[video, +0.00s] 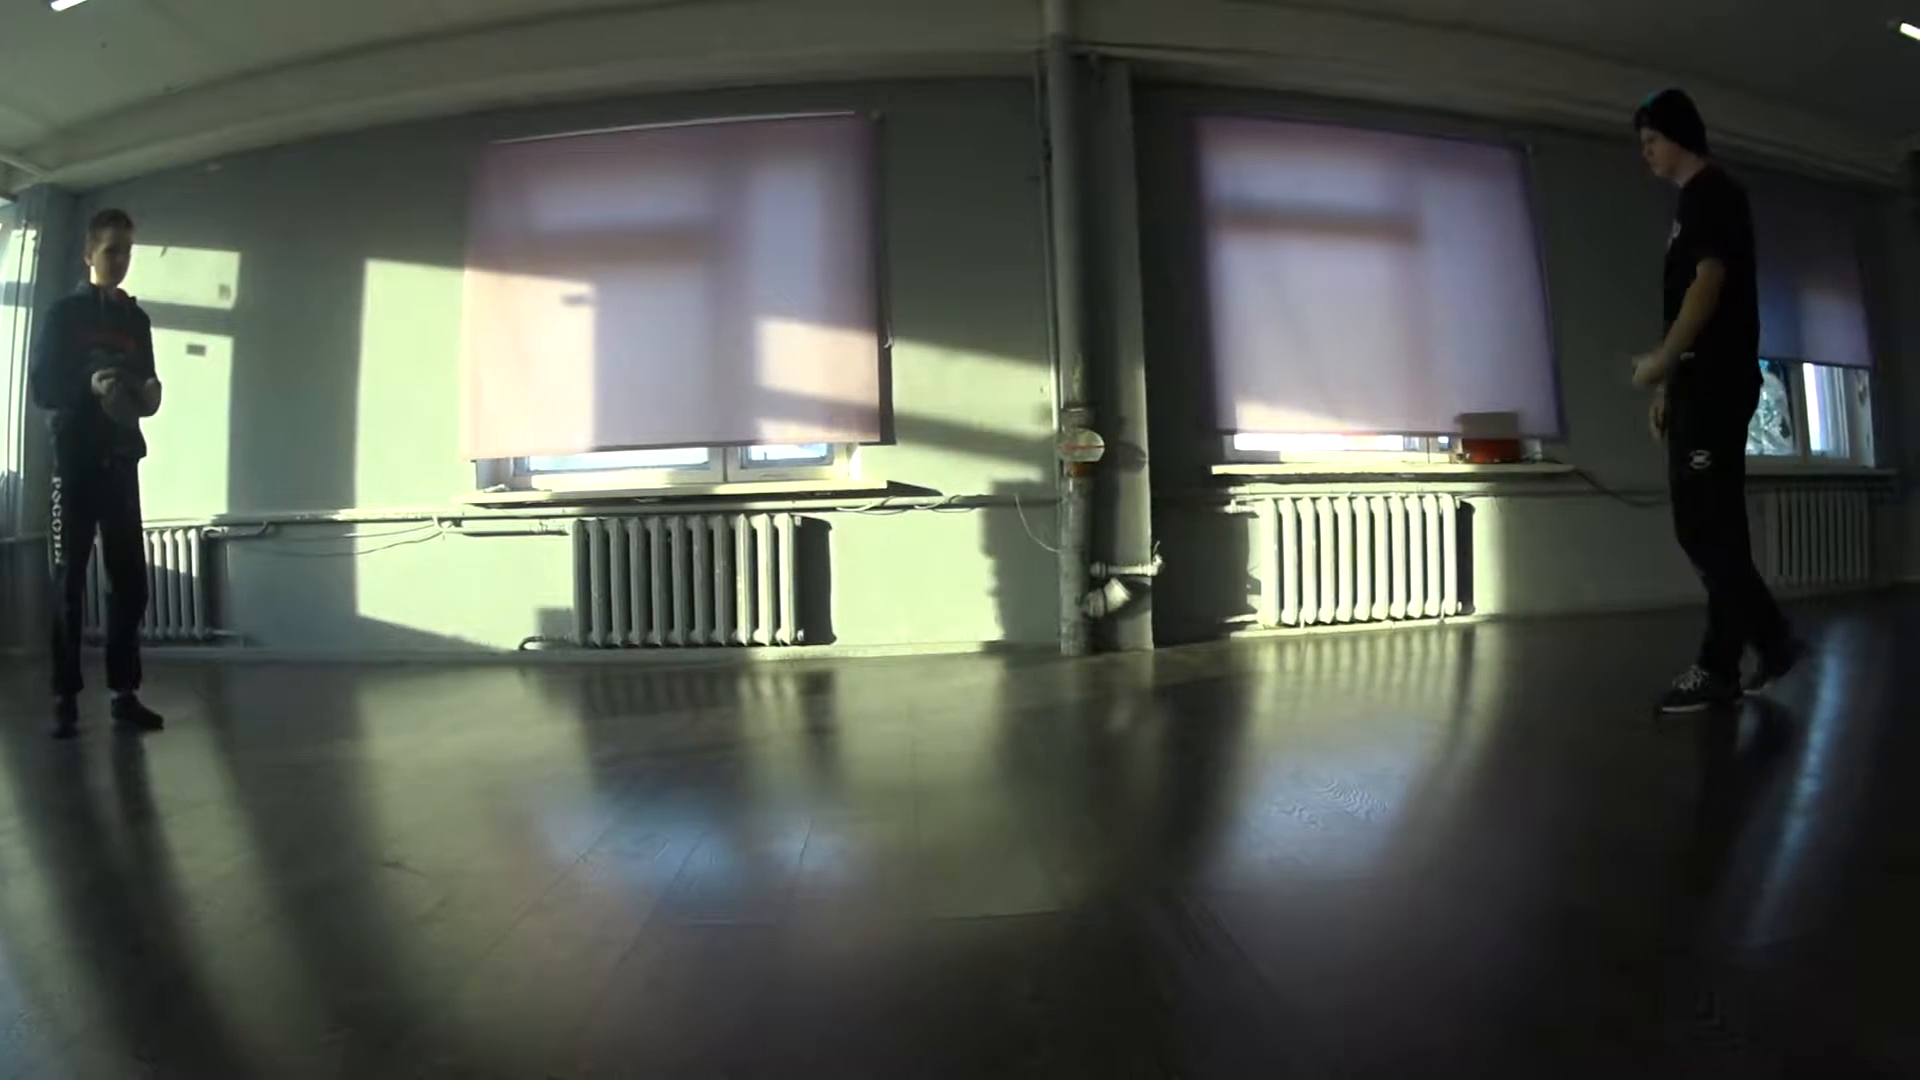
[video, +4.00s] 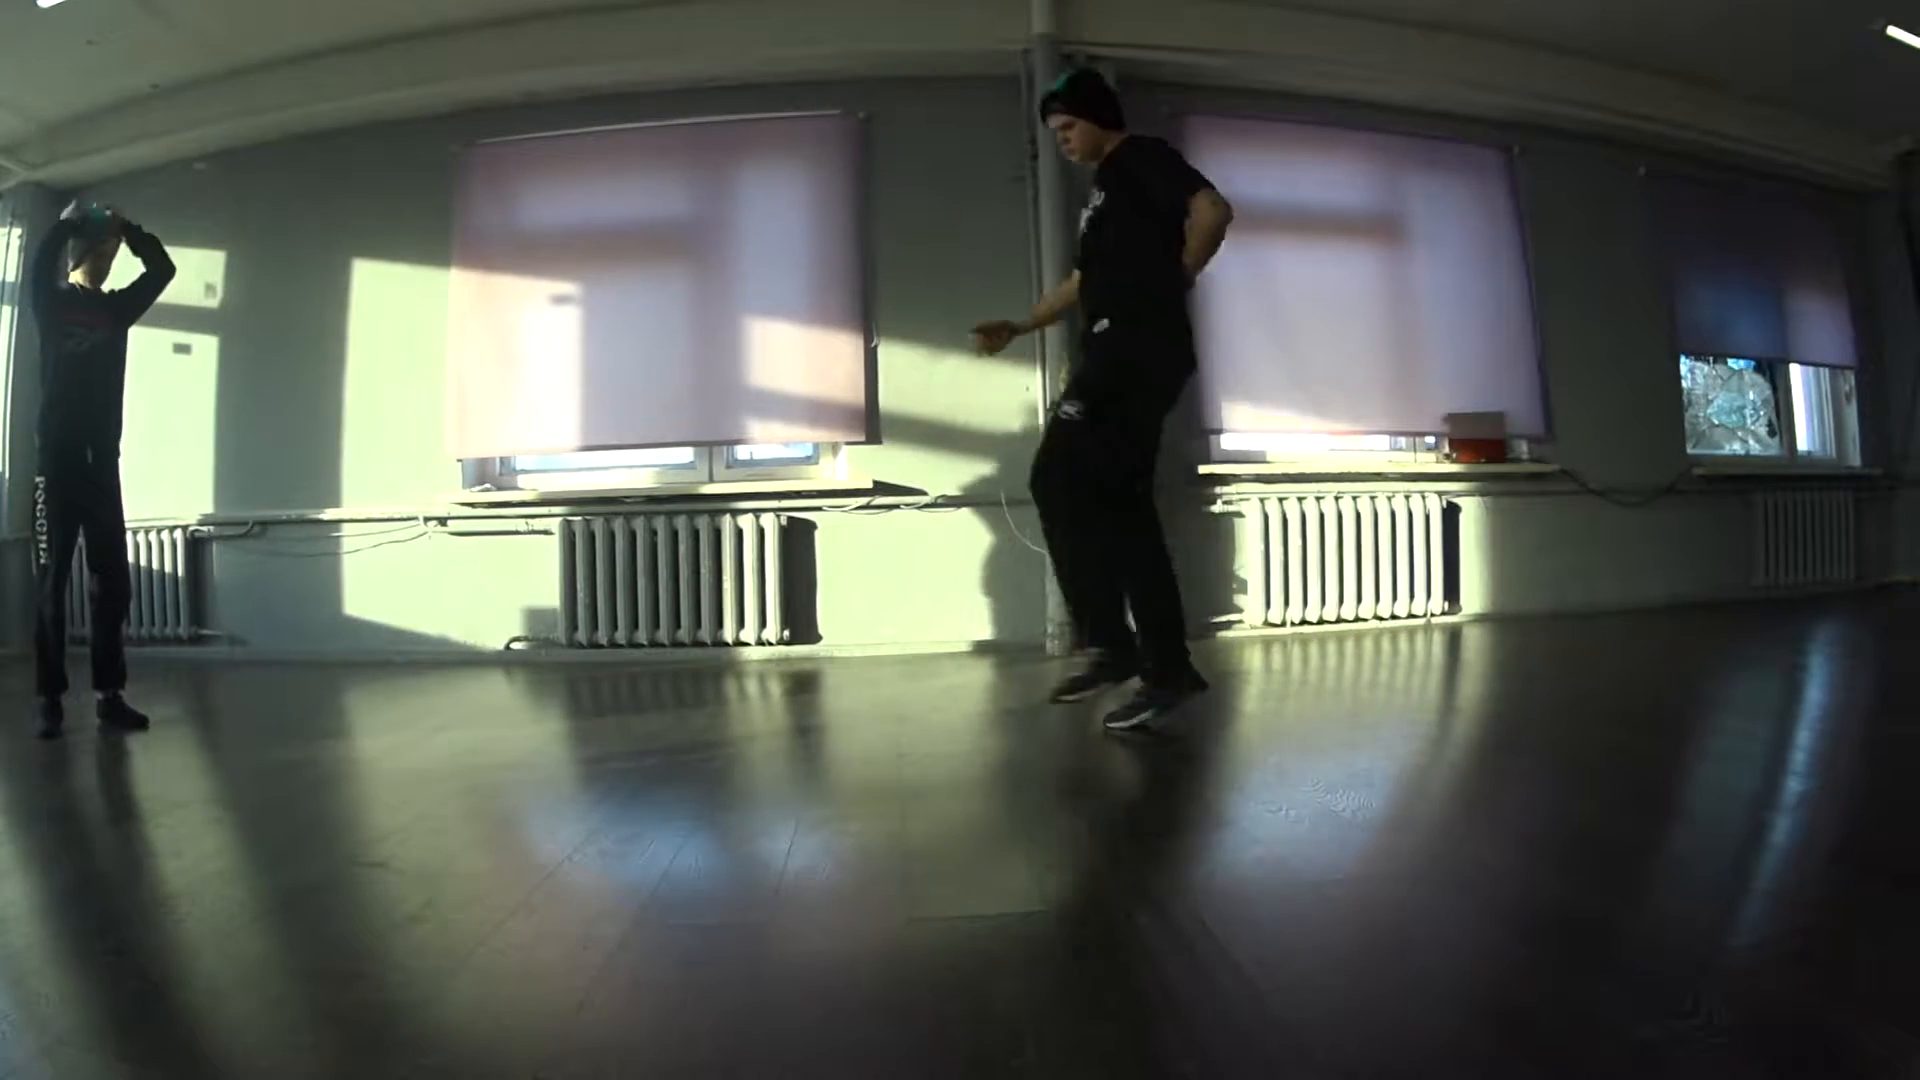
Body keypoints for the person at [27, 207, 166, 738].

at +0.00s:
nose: (120, 258)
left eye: (126, 250)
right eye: (111, 249)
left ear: (133, 253)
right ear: (89, 252)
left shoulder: (135, 317)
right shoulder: (64, 311)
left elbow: (151, 396)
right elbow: (42, 390)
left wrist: (139, 397)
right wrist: (88, 389)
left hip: (121, 458)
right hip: (76, 457)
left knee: (130, 578)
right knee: (71, 578)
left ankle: (125, 696)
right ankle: (65, 700)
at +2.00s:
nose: (109, 255)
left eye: (115, 246)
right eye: (101, 246)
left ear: (122, 252)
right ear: (80, 253)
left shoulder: (133, 315)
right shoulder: (60, 308)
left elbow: (147, 397)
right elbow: (35, 381)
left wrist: (128, 364)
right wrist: (79, 355)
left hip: (112, 458)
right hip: (65, 456)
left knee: (118, 576)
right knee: (59, 577)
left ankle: (117, 696)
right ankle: (58, 700)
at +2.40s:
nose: (106, 260)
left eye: (112, 252)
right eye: (98, 251)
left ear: (118, 256)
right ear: (77, 254)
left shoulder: (129, 311)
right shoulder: (55, 308)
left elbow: (166, 361)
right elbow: (36, 356)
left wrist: (157, 313)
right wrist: (86, 314)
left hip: (109, 460)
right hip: (61, 459)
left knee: (117, 579)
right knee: (56, 580)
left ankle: (115, 696)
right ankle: (56, 700)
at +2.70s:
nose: (108, 259)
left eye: (116, 250)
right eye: (99, 249)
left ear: (123, 255)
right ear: (80, 252)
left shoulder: (130, 308)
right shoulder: (58, 302)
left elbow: (173, 276)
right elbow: (43, 274)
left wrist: (143, 231)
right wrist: (78, 229)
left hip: (109, 456)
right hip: (62, 454)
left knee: (117, 582)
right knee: (57, 579)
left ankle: (115, 697)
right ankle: (55, 701)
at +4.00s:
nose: (108, 261)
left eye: (112, 253)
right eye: (101, 251)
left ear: (111, 256)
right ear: (78, 252)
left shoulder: (117, 307)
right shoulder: (50, 301)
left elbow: (162, 271)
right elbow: (40, 264)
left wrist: (129, 229)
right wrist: (67, 223)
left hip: (103, 454)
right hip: (57, 451)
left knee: (113, 579)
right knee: (54, 575)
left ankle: (111, 697)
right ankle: (50, 702)